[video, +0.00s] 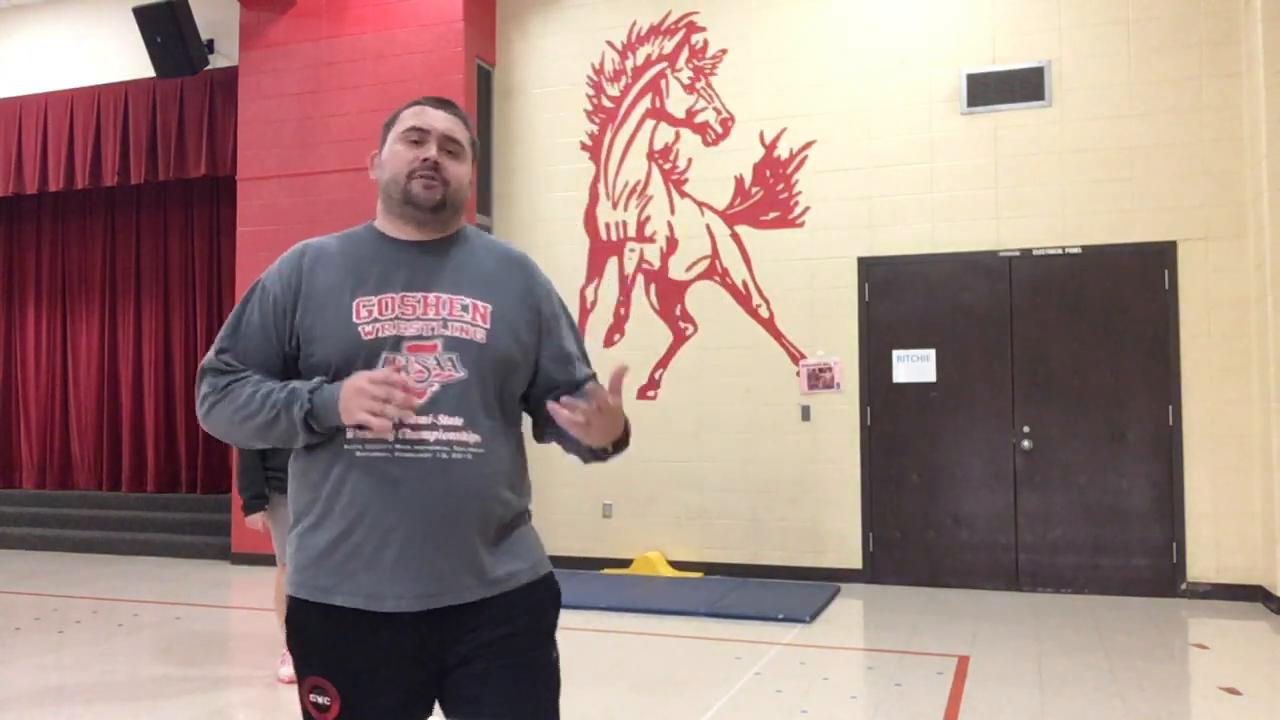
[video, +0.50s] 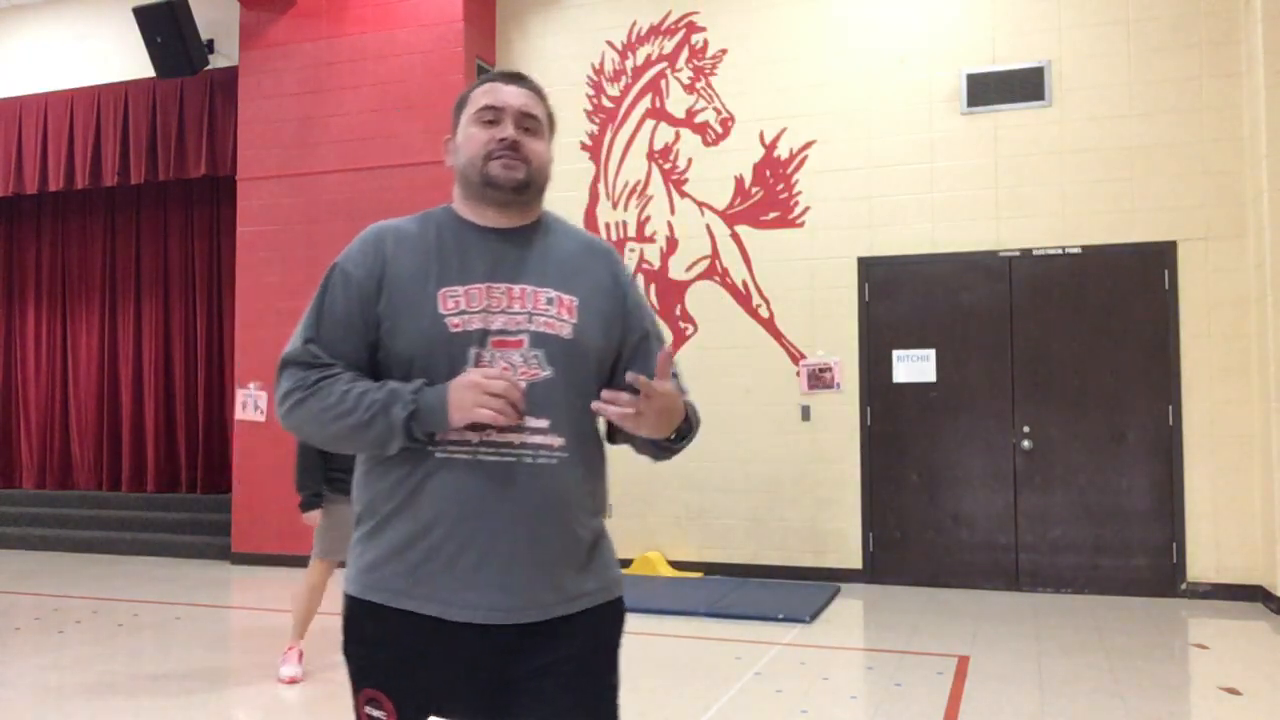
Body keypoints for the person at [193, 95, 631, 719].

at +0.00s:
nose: (431, 154)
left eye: (451, 148)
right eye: (413, 139)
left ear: (472, 178)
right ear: (377, 161)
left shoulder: (515, 277)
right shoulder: (306, 270)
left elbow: (565, 401)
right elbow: (218, 392)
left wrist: (608, 435)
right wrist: (329, 403)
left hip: (497, 597)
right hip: (345, 603)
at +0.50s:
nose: (509, 132)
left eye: (529, 124)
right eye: (488, 118)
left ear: (552, 154)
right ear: (450, 145)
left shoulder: (597, 266)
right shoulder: (384, 253)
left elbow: (656, 410)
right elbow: (301, 390)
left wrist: (672, 422)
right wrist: (430, 405)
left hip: (565, 608)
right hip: (408, 606)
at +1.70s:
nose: (585, 139)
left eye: (603, 128)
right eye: (563, 126)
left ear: (624, 156)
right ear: (523, 156)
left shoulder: (673, 274)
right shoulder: (461, 257)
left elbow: (714, 417)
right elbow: (361, 398)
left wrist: (756, 378)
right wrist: (418, 318)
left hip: (643, 612)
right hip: (491, 607)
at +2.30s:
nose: (530, 170)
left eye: (543, 156)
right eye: (507, 158)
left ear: (562, 174)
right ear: (473, 189)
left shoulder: (623, 279)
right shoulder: (432, 283)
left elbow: (693, 411)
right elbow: (364, 414)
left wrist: (652, 359)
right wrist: (428, 360)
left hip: (592, 590)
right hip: (456, 590)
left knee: (581, 710)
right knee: (464, 710)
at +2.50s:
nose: (516, 175)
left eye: (529, 161)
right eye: (494, 165)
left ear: (553, 181)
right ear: (465, 195)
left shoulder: (613, 273)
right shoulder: (427, 287)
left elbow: (671, 383)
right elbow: (360, 404)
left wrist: (576, 324)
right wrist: (419, 393)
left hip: (583, 581)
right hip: (449, 582)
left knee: (568, 711)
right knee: (456, 713)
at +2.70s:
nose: (503, 182)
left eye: (520, 169)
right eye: (485, 171)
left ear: (548, 186)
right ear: (463, 195)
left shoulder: (601, 271)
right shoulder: (424, 289)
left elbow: (629, 372)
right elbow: (366, 403)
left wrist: (510, 335)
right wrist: (437, 394)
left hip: (573, 573)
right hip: (442, 574)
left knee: (562, 711)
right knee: (450, 714)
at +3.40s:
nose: (520, 182)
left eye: (533, 172)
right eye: (500, 170)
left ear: (549, 193)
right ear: (464, 194)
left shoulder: (598, 280)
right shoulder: (415, 292)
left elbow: (666, 374)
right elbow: (342, 399)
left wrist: (573, 373)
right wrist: (419, 395)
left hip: (577, 580)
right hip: (446, 582)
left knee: (568, 711)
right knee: (452, 714)